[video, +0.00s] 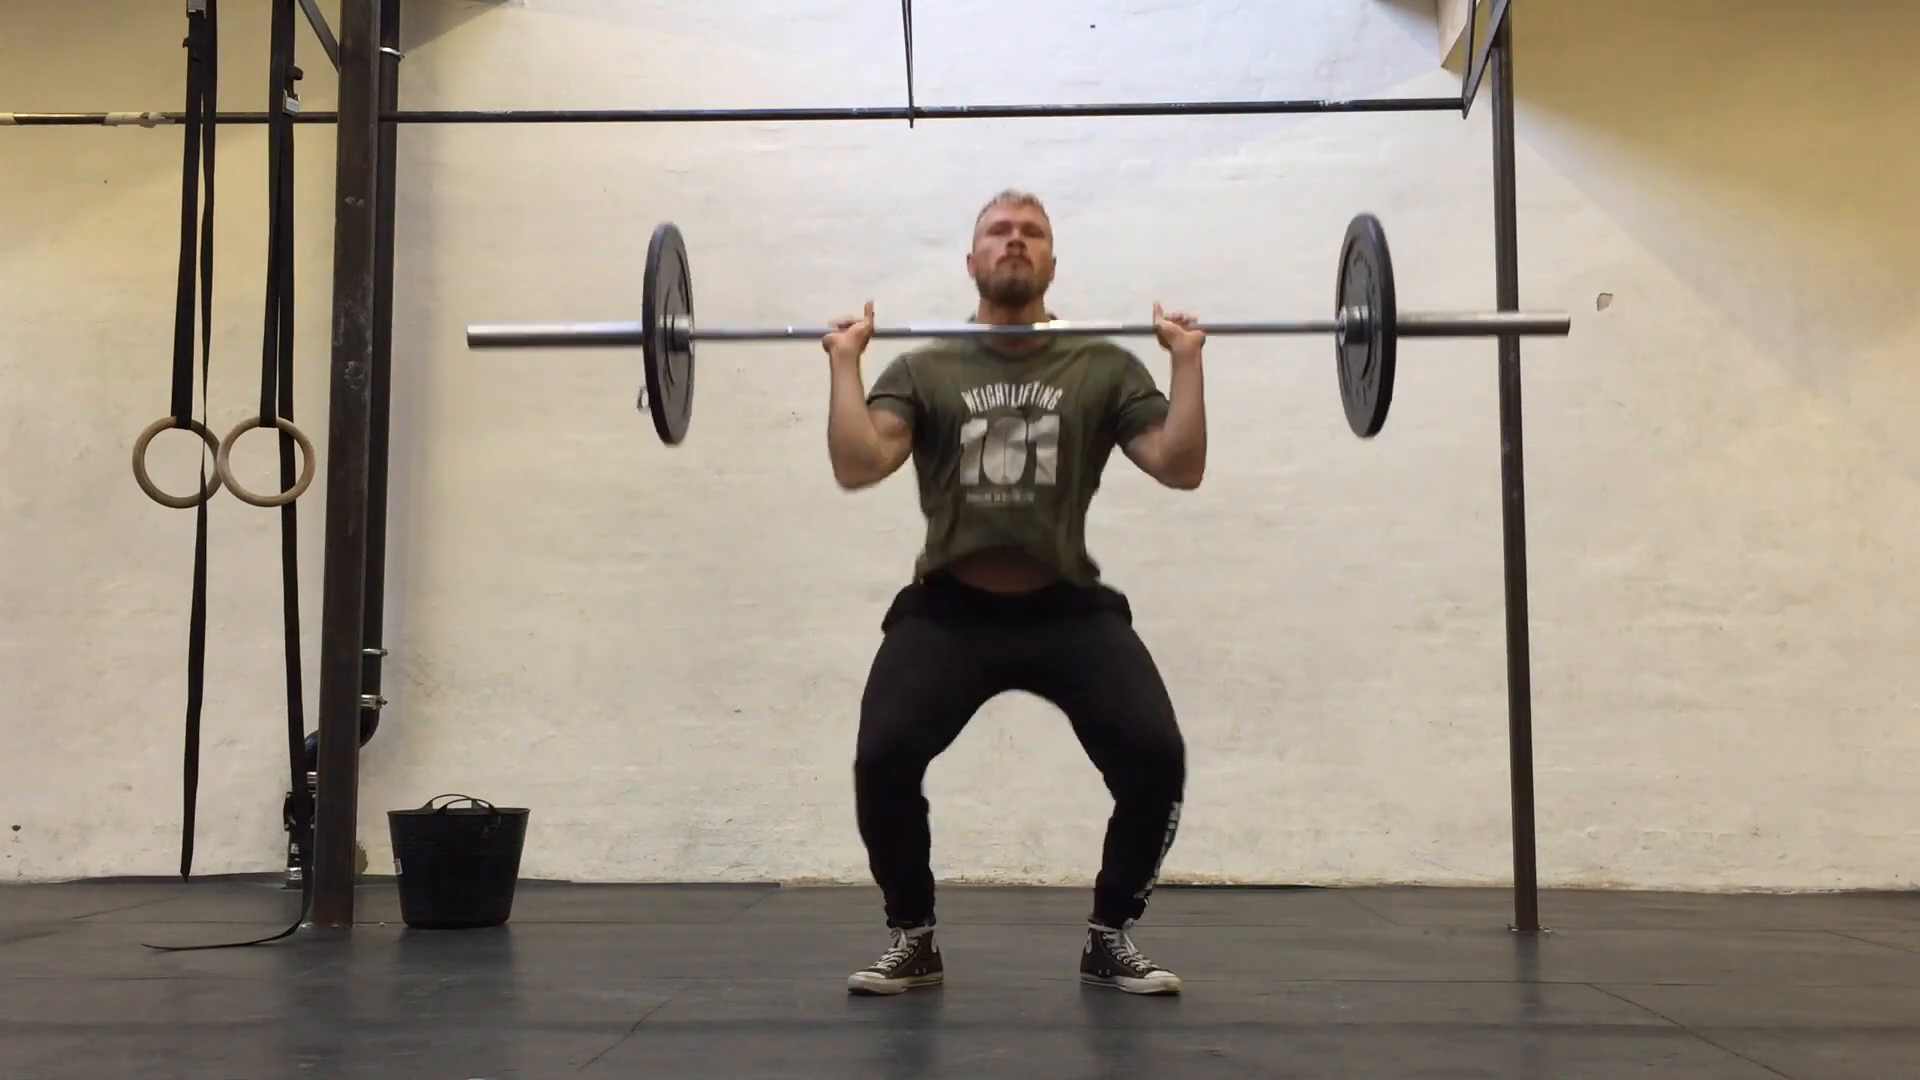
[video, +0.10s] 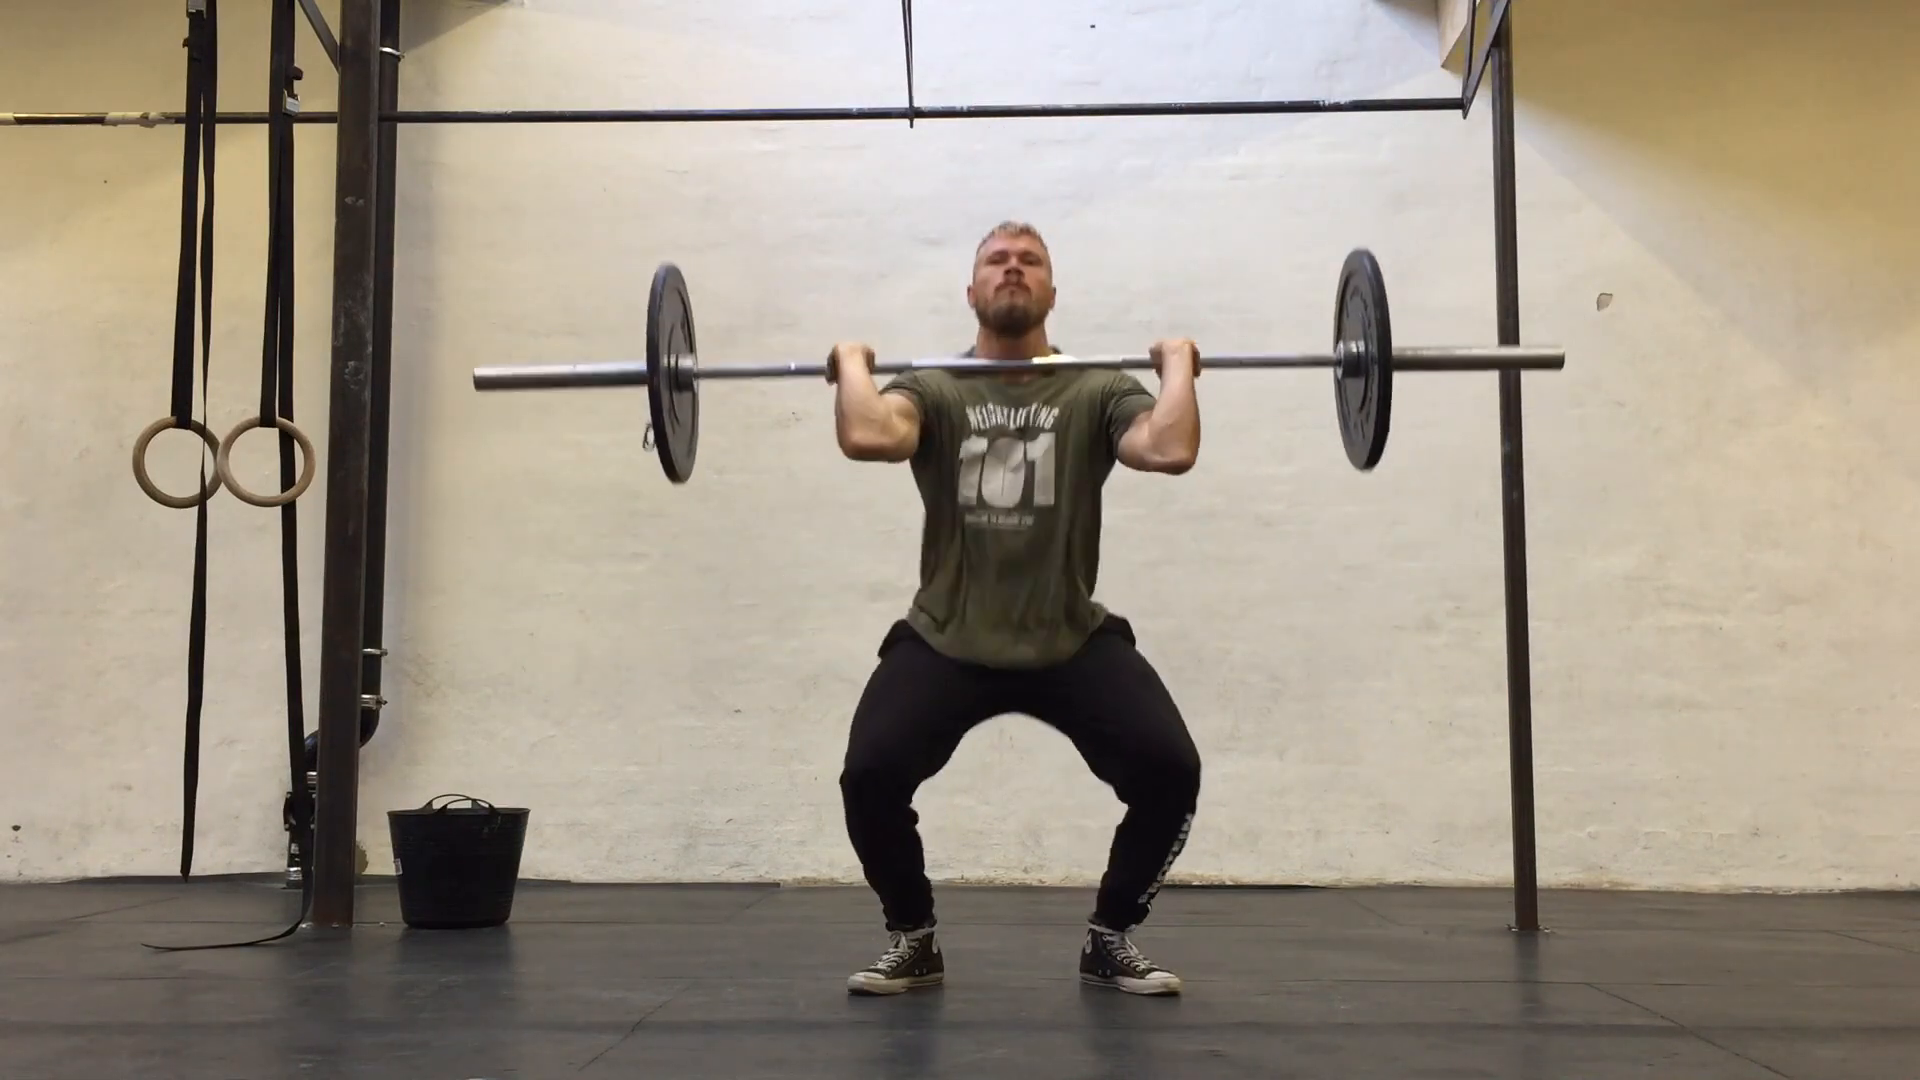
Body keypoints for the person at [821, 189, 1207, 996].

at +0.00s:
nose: (1015, 240)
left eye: (1031, 232)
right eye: (999, 230)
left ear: (1053, 265)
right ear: (970, 261)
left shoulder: (1101, 366)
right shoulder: (925, 370)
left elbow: (1181, 468)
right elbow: (856, 466)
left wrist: (1186, 359)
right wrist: (845, 363)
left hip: (1069, 614)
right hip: (947, 615)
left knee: (1155, 761)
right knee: (882, 761)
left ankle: (1109, 944)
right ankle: (913, 942)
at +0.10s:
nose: (1013, 268)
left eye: (1029, 260)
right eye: (997, 259)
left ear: (1053, 293)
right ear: (971, 291)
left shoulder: (1097, 388)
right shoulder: (931, 388)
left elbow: (1172, 449)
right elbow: (862, 435)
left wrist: (1176, 361)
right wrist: (853, 358)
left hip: (1071, 641)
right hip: (946, 641)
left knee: (1170, 772)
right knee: (870, 776)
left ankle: (1110, 942)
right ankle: (912, 942)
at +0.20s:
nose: (1013, 289)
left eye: (1029, 281)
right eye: (996, 279)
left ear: (1052, 311)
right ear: (970, 310)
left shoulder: (1096, 403)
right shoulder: (931, 406)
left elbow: (1172, 455)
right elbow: (862, 449)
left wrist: (1174, 369)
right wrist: (854, 372)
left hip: (1070, 658)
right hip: (947, 659)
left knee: (1177, 783)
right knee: (863, 788)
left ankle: (1110, 944)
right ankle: (912, 941)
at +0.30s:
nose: (1010, 274)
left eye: (1027, 266)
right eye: (995, 265)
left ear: (1051, 298)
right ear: (970, 297)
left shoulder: (1094, 390)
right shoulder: (931, 391)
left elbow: (1169, 438)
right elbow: (866, 433)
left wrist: (1171, 356)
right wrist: (852, 358)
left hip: (1072, 646)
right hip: (948, 646)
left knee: (1170, 780)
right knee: (867, 784)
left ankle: (1109, 943)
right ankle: (913, 943)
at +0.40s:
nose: (1010, 220)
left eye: (1027, 215)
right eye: (994, 215)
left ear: (1050, 252)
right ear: (971, 251)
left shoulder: (1090, 338)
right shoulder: (932, 340)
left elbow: (1162, 383)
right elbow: (872, 382)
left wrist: (1172, 312)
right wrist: (852, 311)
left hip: (1074, 609)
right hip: (949, 609)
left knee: (1147, 769)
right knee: (885, 769)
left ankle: (1110, 945)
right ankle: (912, 943)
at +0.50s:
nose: (1011, 169)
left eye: (1026, 163)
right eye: (996, 162)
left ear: (1049, 196)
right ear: (971, 195)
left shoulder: (1085, 275)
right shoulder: (936, 278)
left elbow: (1157, 303)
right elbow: (871, 312)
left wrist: (1173, 223)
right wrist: (854, 233)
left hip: (1071, 546)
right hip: (953, 546)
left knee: (1111, 737)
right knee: (917, 739)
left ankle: (1117, 926)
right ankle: (908, 926)